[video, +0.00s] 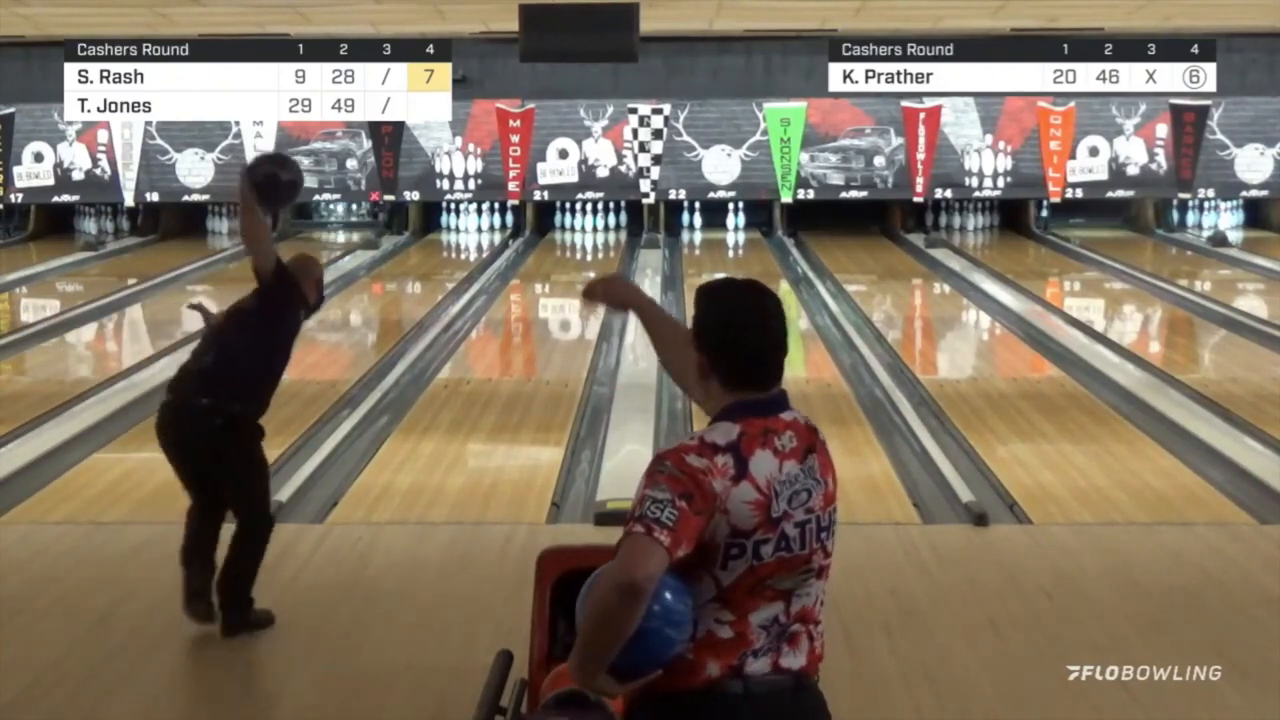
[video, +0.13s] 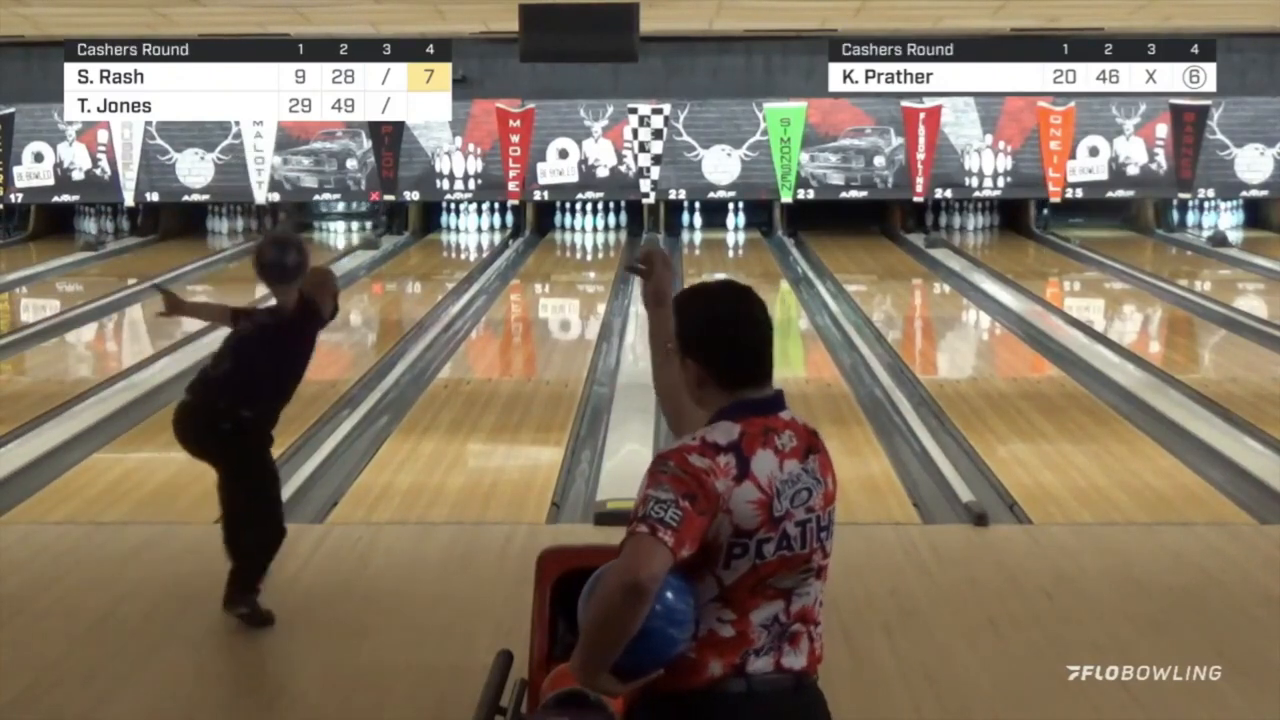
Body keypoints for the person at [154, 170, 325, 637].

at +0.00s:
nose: (319, 283)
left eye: (319, 278)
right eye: (315, 275)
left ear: (282, 281)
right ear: (300, 283)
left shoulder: (249, 310)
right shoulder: (283, 301)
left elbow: (220, 332)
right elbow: (259, 247)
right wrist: (248, 187)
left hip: (177, 417)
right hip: (226, 426)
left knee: (207, 499)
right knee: (256, 518)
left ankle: (197, 593)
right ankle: (236, 610)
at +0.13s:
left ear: (263, 278)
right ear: (307, 275)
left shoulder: (262, 318)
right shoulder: (308, 318)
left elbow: (227, 314)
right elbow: (323, 289)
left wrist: (184, 307)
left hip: (190, 419)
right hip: (238, 433)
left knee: (238, 468)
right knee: (266, 522)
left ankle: (241, 551)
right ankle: (241, 594)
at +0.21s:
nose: (341, 303)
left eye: (341, 296)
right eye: (338, 296)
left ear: (308, 293)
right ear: (328, 297)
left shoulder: (273, 315)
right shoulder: (319, 325)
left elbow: (224, 309)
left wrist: (170, 296)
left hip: (199, 416)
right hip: (243, 433)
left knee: (253, 482)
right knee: (264, 521)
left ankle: (260, 546)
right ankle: (243, 582)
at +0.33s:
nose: (347, 297)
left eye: (343, 290)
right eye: (346, 292)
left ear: (313, 289)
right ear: (343, 295)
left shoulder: (281, 310)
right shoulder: (342, 335)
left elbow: (227, 301)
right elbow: (316, 366)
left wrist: (175, 288)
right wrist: (291, 420)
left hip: (214, 401)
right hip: (254, 413)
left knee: (264, 465)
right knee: (239, 495)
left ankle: (284, 531)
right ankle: (215, 545)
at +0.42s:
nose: (350, 293)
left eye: (338, 283)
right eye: (351, 288)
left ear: (318, 284)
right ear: (349, 295)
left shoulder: (288, 299)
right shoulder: (347, 347)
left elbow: (236, 300)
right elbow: (346, 419)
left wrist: (185, 298)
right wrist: (340, 479)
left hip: (219, 392)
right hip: (256, 418)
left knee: (267, 448)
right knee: (214, 495)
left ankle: (285, 528)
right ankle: (155, 534)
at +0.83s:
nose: (378, 297)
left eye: (374, 291)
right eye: (375, 293)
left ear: (343, 292)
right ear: (363, 299)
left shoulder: (303, 298)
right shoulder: (363, 330)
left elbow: (248, 283)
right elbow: (410, 332)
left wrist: (199, 264)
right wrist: (421, 284)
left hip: (226, 372)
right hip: (247, 392)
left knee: (281, 430)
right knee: (202, 473)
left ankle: (282, 526)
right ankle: (104, 470)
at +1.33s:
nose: (378, 294)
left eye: (376, 287)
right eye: (378, 288)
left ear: (344, 279)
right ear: (374, 290)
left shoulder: (305, 290)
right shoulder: (360, 326)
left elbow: (249, 297)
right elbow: (323, 366)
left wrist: (195, 301)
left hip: (226, 362)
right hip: (253, 383)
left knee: (285, 431)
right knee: (204, 463)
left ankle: (284, 525)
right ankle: (128, 515)